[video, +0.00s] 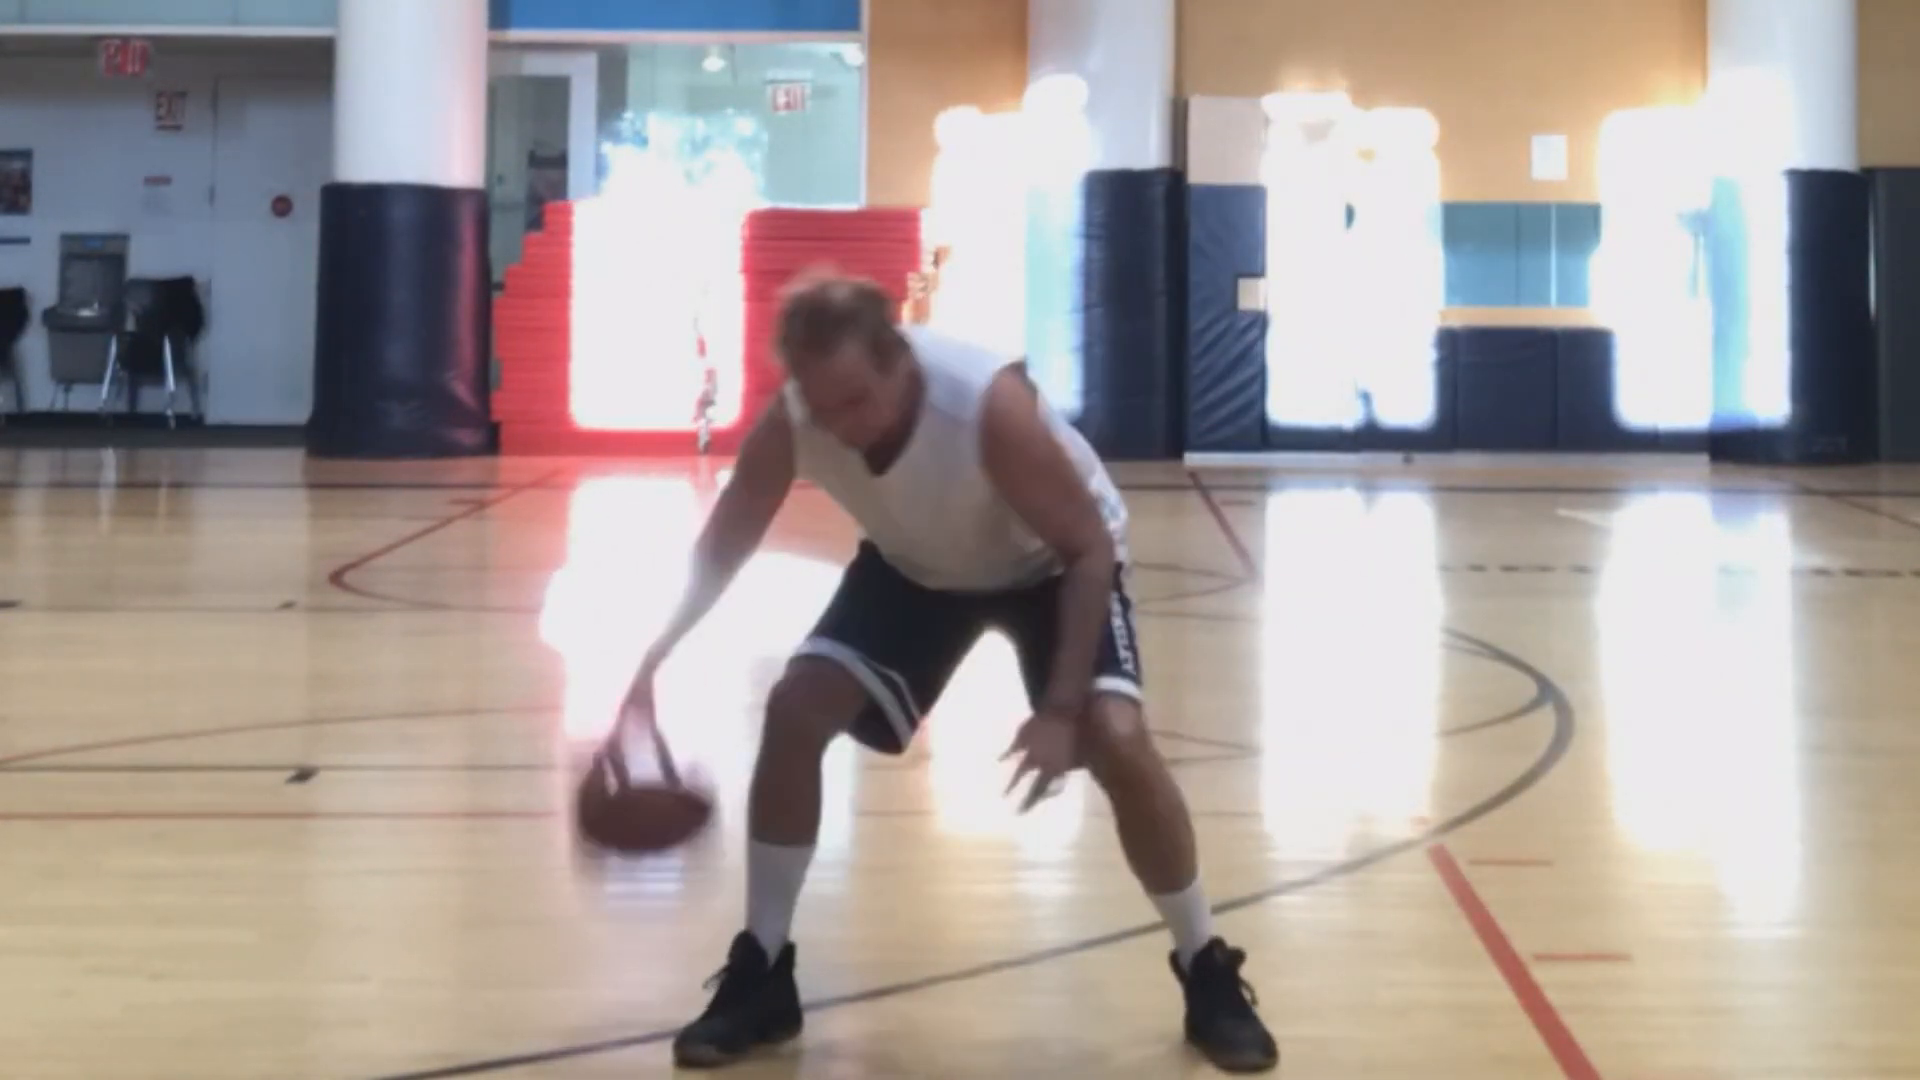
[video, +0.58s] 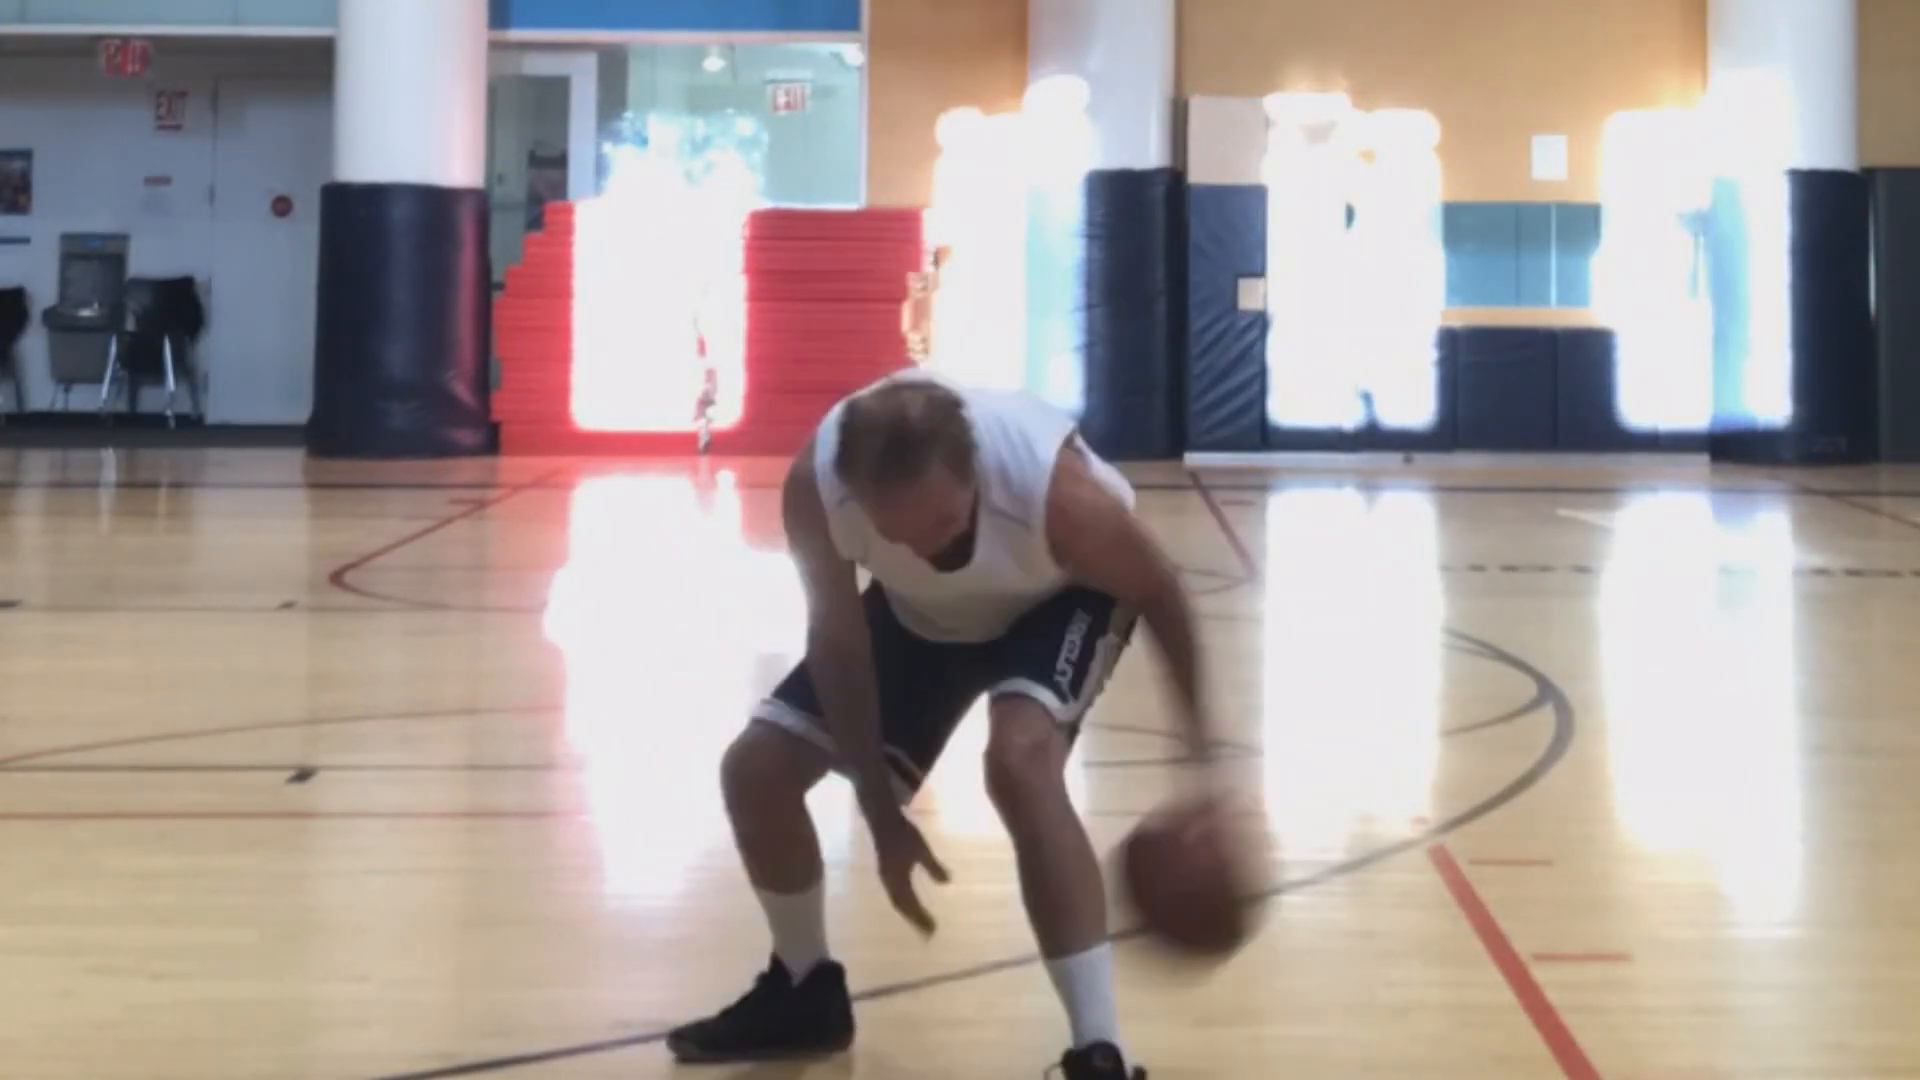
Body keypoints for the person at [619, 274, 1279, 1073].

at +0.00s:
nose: (836, 423)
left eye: (851, 400)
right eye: (817, 406)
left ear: (897, 364)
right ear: (798, 390)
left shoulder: (993, 408)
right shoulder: (791, 423)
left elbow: (1093, 548)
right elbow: (721, 550)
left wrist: (1064, 709)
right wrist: (649, 668)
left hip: (1051, 564)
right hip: (913, 562)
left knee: (1116, 742)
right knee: (799, 705)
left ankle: (1208, 971)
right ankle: (762, 974)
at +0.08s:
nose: (1015, 421)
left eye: (1032, 401)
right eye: (998, 405)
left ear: (1064, 375)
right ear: (969, 380)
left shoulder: (1121, 422)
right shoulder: (927, 403)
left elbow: (1221, 582)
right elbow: (838, 528)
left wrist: (1267, 748)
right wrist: (771, 659)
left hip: (1117, 579)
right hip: (972, 573)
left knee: (1202, 721)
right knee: (854, 726)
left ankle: (1223, 977)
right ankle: (770, 975)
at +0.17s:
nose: (1110, 458)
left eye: (1129, 443)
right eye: (1094, 440)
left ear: (1161, 410)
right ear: (1062, 397)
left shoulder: (1186, 444)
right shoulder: (981, 419)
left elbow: (1262, 531)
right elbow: (854, 544)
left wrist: (1347, 589)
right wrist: (831, 694)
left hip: (1095, 578)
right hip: (949, 569)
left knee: (1181, 724)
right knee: (835, 745)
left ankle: (1228, 974)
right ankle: (763, 976)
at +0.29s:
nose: (1236, 504)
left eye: (1254, 491)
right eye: (1228, 485)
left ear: (1262, 455)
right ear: (1182, 427)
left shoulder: (1219, 430)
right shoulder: (1058, 447)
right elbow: (917, 555)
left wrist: (1227, 590)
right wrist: (904, 729)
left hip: (1084, 576)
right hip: (947, 566)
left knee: (1183, 723)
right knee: (824, 748)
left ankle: (1242, 975)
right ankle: (754, 976)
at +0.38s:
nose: (862, 464)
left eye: (878, 449)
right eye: (841, 447)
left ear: (922, 394)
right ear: (822, 402)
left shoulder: (1020, 402)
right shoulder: (832, 387)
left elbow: (1116, 533)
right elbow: (833, 484)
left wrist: (1103, 698)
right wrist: (856, 619)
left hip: (1067, 541)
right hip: (924, 540)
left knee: (1171, 718)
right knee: (815, 705)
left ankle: (1256, 971)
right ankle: (739, 973)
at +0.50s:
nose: (855, 333)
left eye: (871, 309)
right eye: (834, 316)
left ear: (917, 276)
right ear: (811, 301)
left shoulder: (999, 339)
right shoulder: (802, 353)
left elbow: (1070, 518)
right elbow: (764, 520)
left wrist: (1027, 670)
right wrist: (718, 656)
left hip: (1050, 531)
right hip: (912, 533)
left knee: (1120, 741)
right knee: (810, 717)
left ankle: (1245, 962)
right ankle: (811, 980)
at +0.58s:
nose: (929, 549)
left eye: (945, 531)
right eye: (908, 538)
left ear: (971, 477)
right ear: (861, 492)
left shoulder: (1055, 492)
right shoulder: (817, 489)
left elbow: (1163, 594)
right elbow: (838, 640)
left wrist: (1203, 767)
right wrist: (880, 809)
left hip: (1062, 590)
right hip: (920, 606)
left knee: (1019, 761)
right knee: (755, 772)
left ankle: (1098, 1053)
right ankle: (805, 987)